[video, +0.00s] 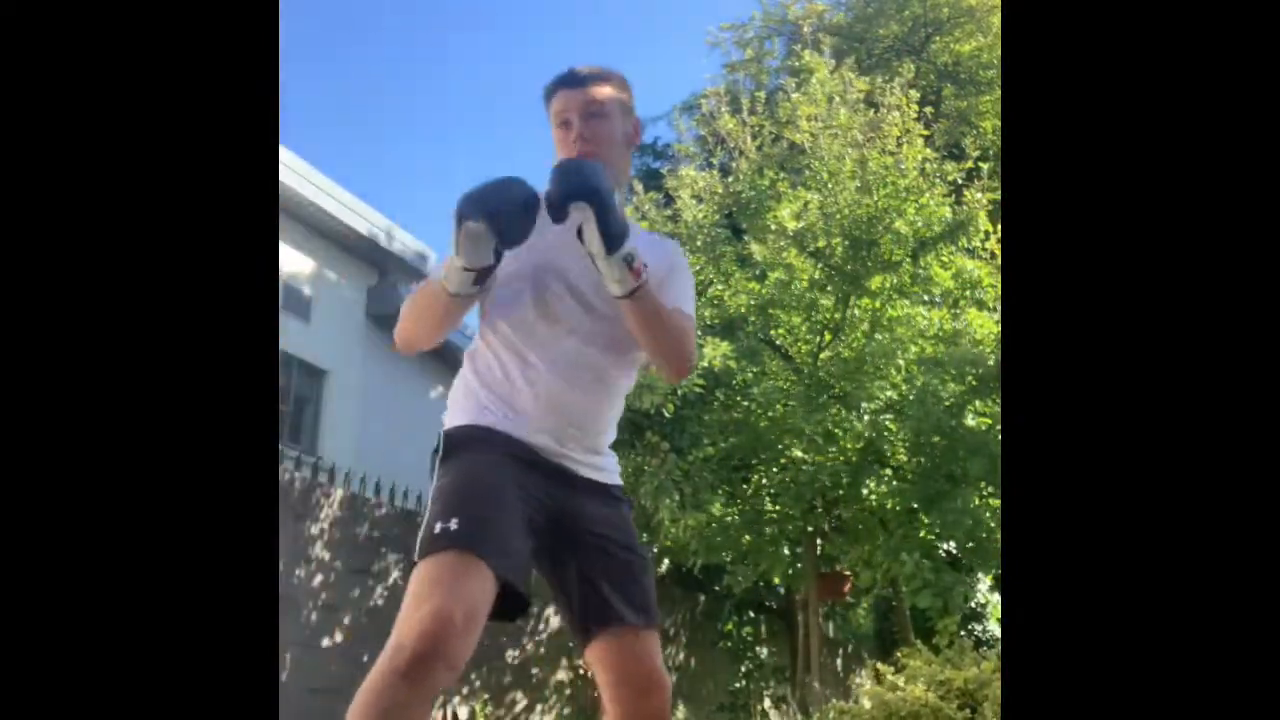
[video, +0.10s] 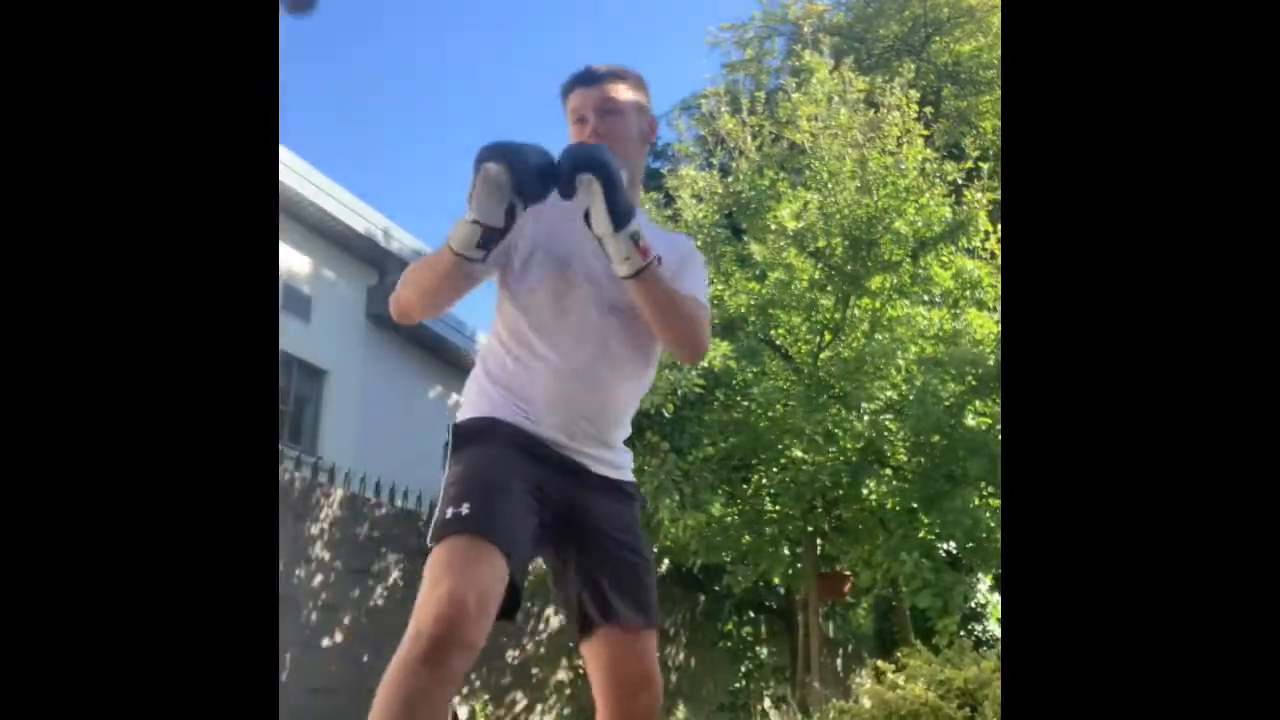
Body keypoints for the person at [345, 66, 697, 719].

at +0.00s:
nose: (579, 129)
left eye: (597, 114)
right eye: (564, 121)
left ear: (635, 133)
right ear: (552, 142)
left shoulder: (660, 252)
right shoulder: (511, 223)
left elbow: (678, 362)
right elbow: (409, 337)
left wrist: (619, 270)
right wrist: (464, 268)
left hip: (591, 469)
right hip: (492, 439)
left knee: (642, 691)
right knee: (432, 642)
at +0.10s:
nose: (594, 125)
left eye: (613, 110)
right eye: (579, 118)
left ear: (652, 131)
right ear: (566, 136)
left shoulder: (676, 248)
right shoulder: (530, 208)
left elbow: (692, 345)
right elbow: (406, 305)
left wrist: (625, 245)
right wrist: (480, 227)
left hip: (604, 466)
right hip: (504, 430)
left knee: (636, 692)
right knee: (447, 626)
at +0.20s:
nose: (586, 121)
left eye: (603, 106)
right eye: (573, 113)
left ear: (648, 122)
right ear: (560, 127)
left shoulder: (679, 233)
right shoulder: (529, 204)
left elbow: (700, 318)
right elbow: (404, 303)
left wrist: (631, 217)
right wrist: (479, 216)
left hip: (615, 464)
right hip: (514, 433)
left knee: (632, 694)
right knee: (472, 642)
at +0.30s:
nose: (568, 119)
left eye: (584, 102)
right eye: (553, 106)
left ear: (625, 109)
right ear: (538, 119)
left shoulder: (667, 211)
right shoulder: (518, 200)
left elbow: (687, 285)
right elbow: (412, 300)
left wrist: (632, 164)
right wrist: (478, 185)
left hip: (628, 468)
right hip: (527, 444)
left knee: (675, 696)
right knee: (492, 645)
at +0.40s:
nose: (590, 151)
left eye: (608, 131)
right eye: (575, 133)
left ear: (635, 130)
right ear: (549, 136)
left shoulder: (677, 221)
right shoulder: (531, 212)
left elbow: (662, 285)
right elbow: (493, 301)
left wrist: (622, 159)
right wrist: (522, 178)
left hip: (641, 473)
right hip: (537, 456)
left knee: (724, 697)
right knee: (492, 643)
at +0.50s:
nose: (643, 151)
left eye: (658, 133)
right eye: (621, 135)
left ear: (679, 143)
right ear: (594, 150)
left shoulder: (707, 249)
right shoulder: (564, 229)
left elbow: (684, 334)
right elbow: (526, 360)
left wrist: (647, 231)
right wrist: (552, 260)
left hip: (655, 488)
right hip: (553, 469)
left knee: (750, 692)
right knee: (503, 646)